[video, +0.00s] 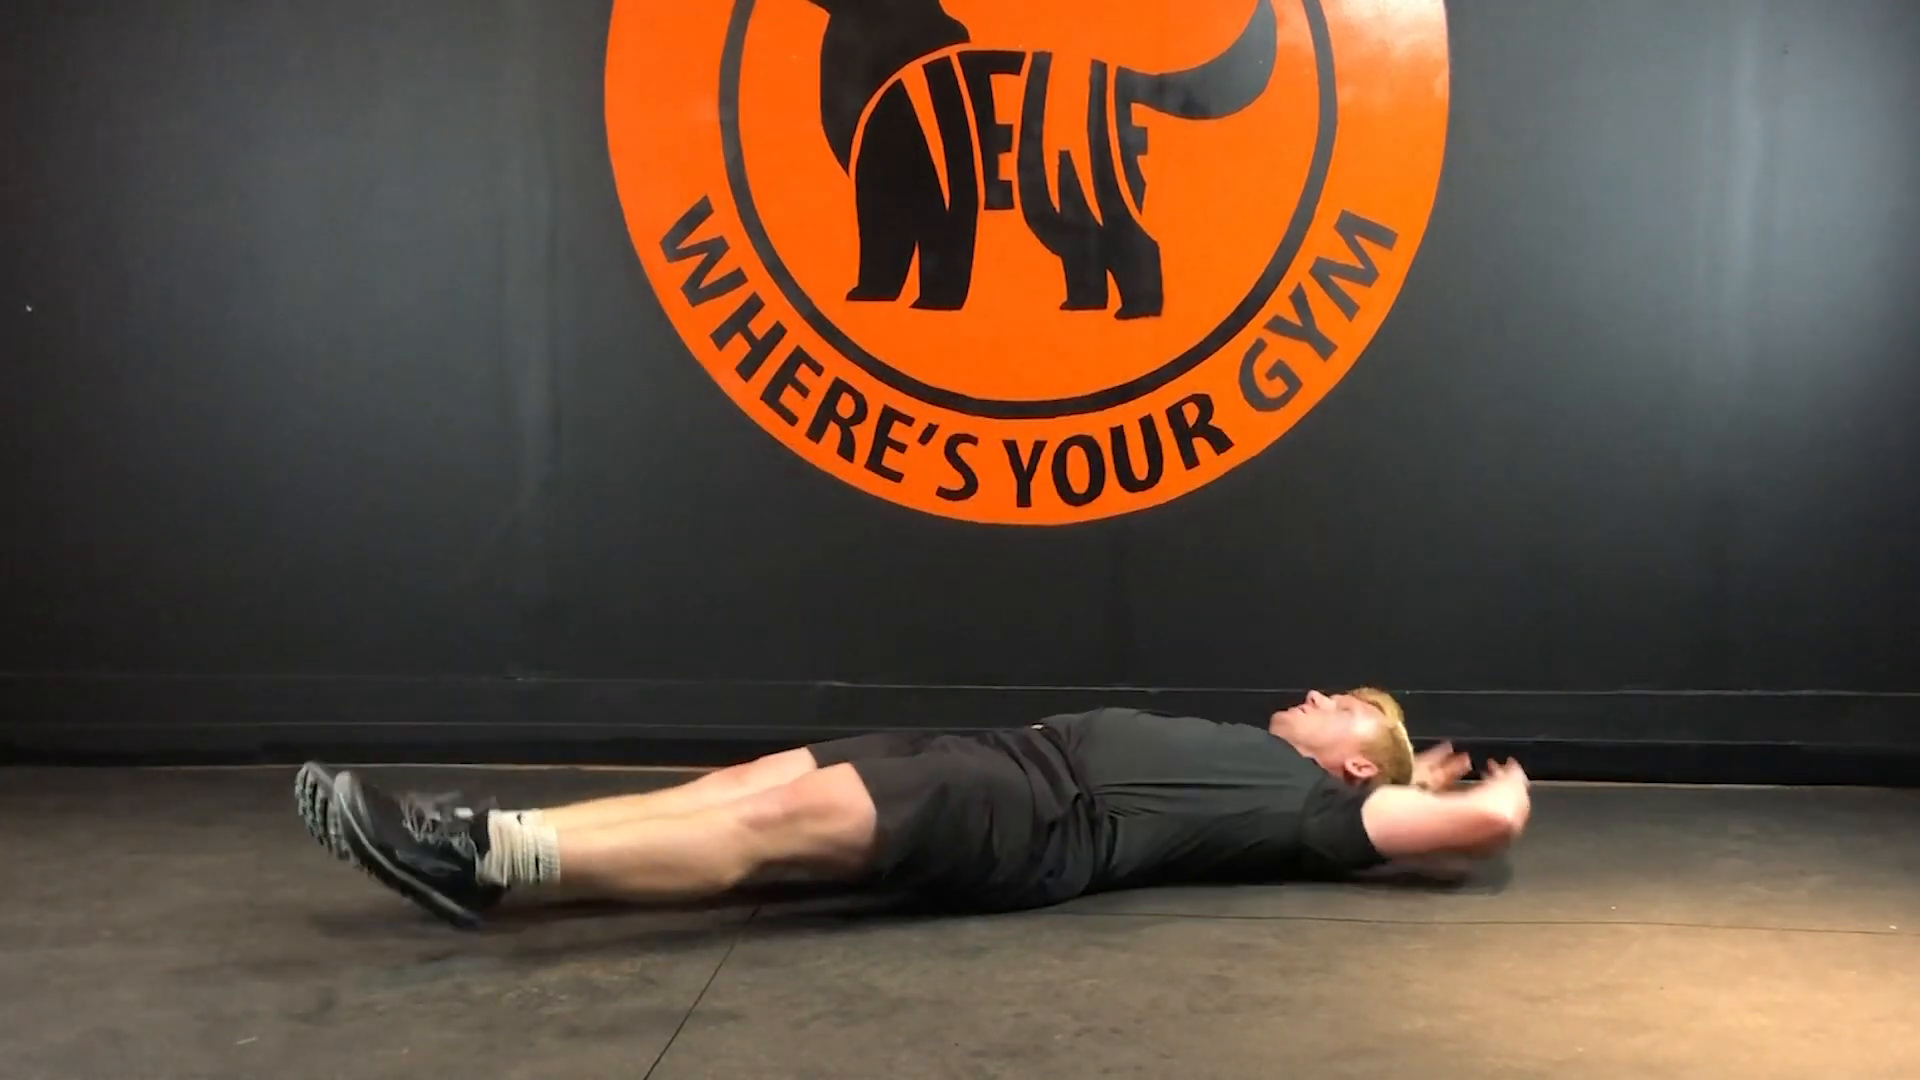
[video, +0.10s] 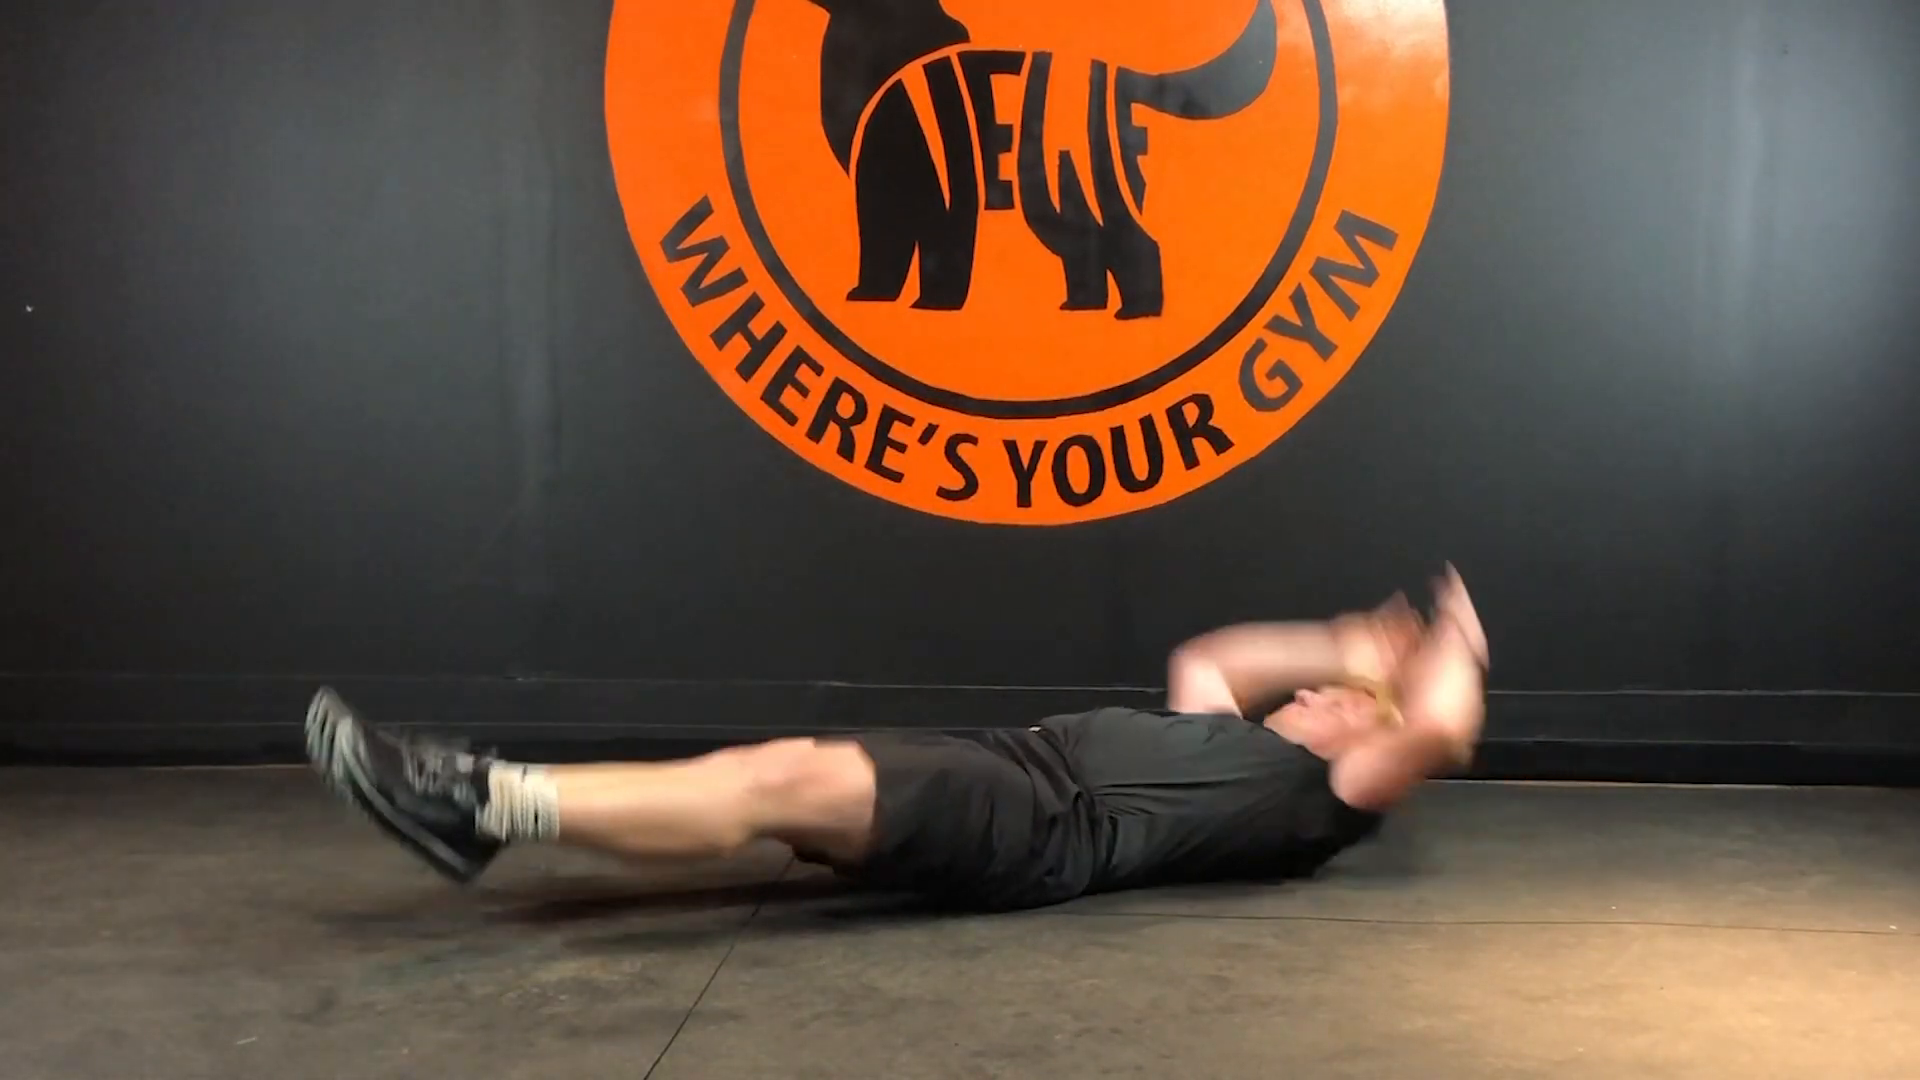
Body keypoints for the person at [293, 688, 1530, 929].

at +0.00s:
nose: (1319, 703)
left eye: (1345, 716)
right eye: (1324, 697)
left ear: (1369, 764)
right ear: (1306, 714)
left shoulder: (1330, 807)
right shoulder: (1224, 747)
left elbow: (1489, 823)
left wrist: (1478, 790)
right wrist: (1411, 764)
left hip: (1035, 796)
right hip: (966, 746)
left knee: (792, 814)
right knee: (737, 785)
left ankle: (481, 855)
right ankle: (474, 849)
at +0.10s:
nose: (1361, 702)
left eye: (1383, 707)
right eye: (1360, 688)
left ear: (1381, 750)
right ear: (1328, 701)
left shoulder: (1311, 795)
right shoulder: (1223, 730)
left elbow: (1437, 730)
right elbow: (1209, 657)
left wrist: (1454, 647)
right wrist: (1359, 644)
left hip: (1047, 815)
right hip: (993, 760)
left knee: (801, 778)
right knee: (766, 789)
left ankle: (485, 801)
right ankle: (483, 812)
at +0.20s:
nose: (1301, 669)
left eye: (1322, 675)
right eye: (1306, 660)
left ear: (1341, 720)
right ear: (1292, 679)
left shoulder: (1299, 770)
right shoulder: (1200, 725)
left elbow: (1274, 646)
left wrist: (1222, 503)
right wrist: (1185, 493)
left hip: (1042, 830)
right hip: (992, 786)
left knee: (821, 709)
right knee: (784, 714)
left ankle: (503, 721)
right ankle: (511, 738)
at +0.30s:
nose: (1214, 618)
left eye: (1245, 612)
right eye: (1224, 603)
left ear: (1300, 651)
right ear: (1230, 621)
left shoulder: (1274, 717)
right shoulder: (1184, 699)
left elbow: (1171, 671)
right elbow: (1096, 641)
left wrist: (1024, 559)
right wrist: (1012, 523)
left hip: (1040, 831)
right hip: (987, 820)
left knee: (842, 644)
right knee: (811, 664)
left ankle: (548, 626)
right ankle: (540, 640)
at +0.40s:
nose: (1143, 584)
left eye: (1168, 567)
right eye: (1146, 563)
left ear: (1236, 587)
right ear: (1201, 580)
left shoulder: (1248, 663)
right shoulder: (1149, 652)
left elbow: (1120, 630)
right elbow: (1016, 594)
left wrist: (978, 562)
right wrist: (911, 488)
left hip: (1030, 831)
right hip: (972, 823)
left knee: (886, 603)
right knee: (851, 602)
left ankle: (607, 536)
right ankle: (590, 547)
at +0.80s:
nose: (1136, 549)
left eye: (1161, 537)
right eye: (1136, 532)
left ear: (1230, 566)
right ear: (1133, 531)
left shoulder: (1239, 650)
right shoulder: (1104, 608)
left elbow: (1120, 592)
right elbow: (973, 560)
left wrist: (1025, 470)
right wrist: (918, 461)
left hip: (1039, 830)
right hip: (958, 819)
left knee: (907, 595)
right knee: (863, 595)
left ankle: (642, 521)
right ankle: (623, 510)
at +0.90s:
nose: (1201, 564)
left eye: (1230, 560)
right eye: (1208, 549)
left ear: (1273, 607)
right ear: (1212, 568)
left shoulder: (1262, 701)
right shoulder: (1148, 644)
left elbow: (1207, 616)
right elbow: (1028, 575)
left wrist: (1164, 464)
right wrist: (1034, 455)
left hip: (1043, 830)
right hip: (980, 796)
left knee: (854, 647)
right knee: (820, 628)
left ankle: (573, 609)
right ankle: (556, 590)